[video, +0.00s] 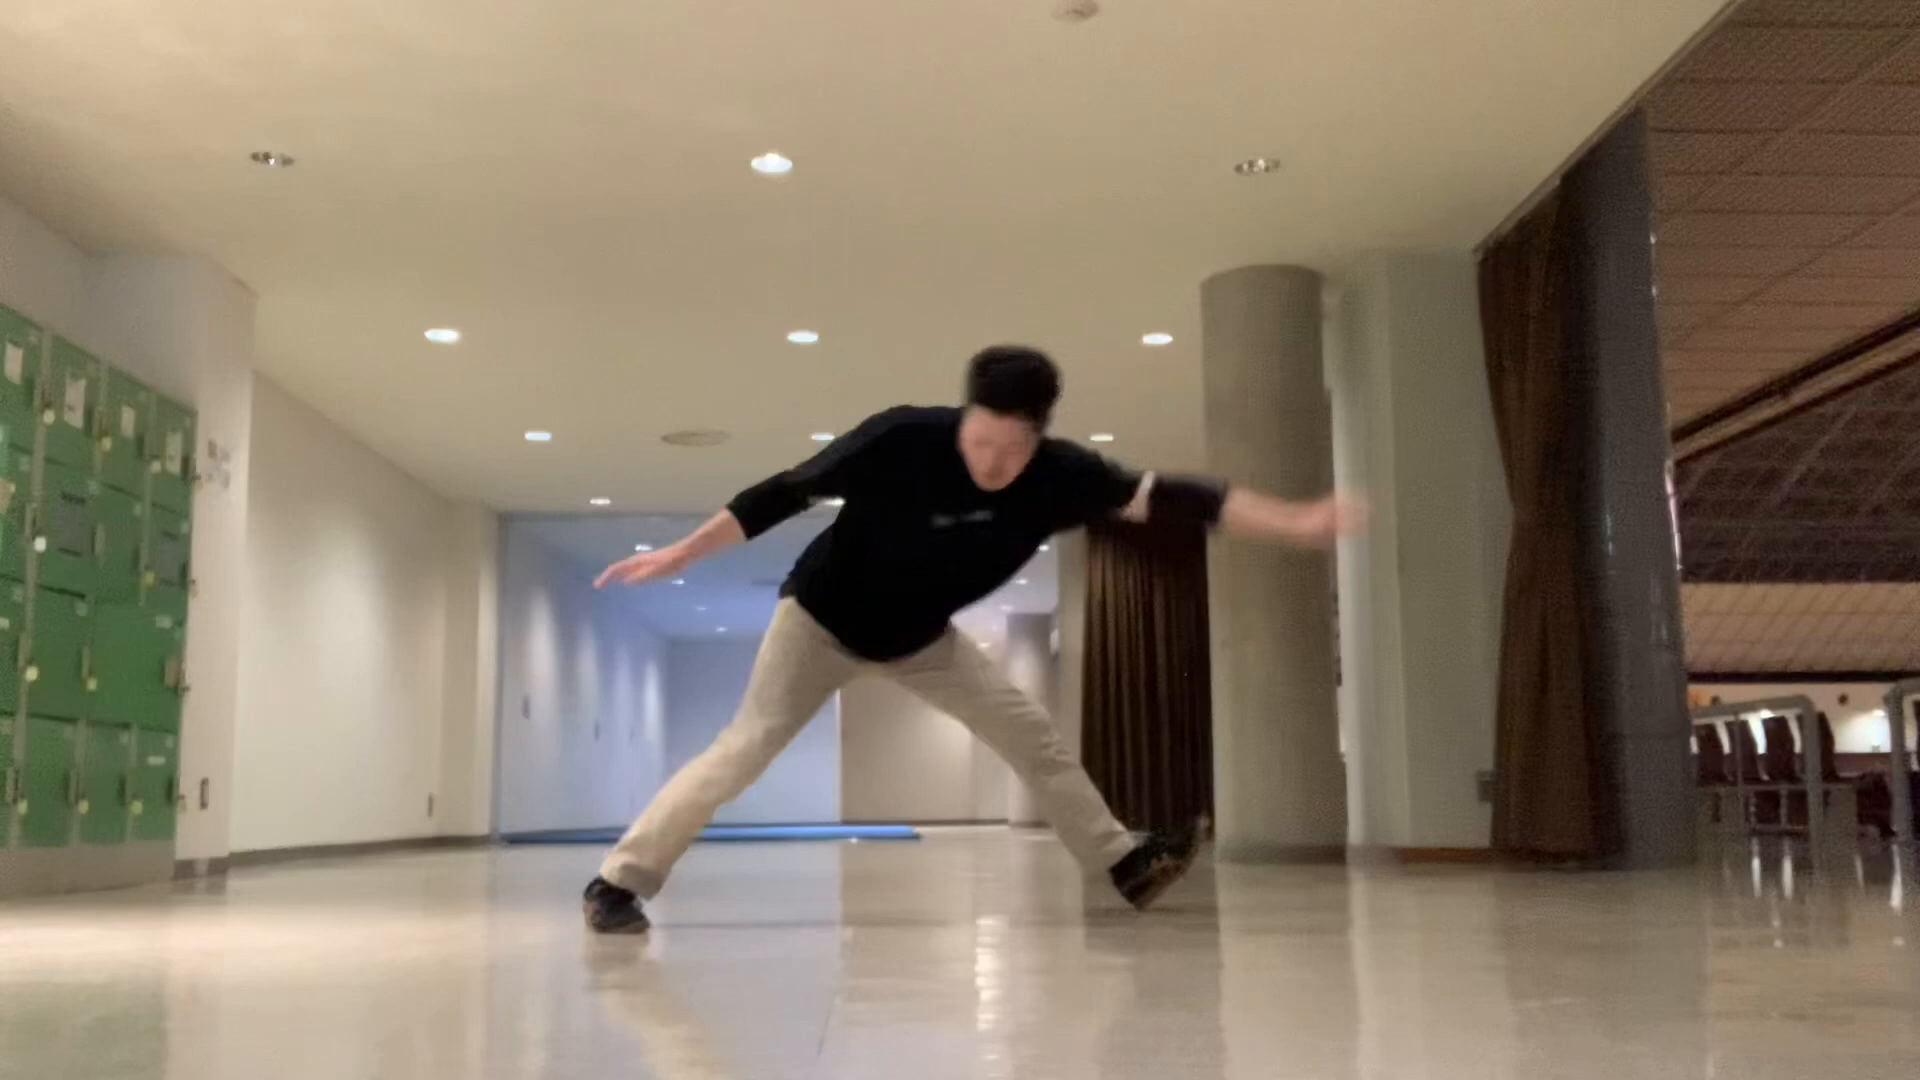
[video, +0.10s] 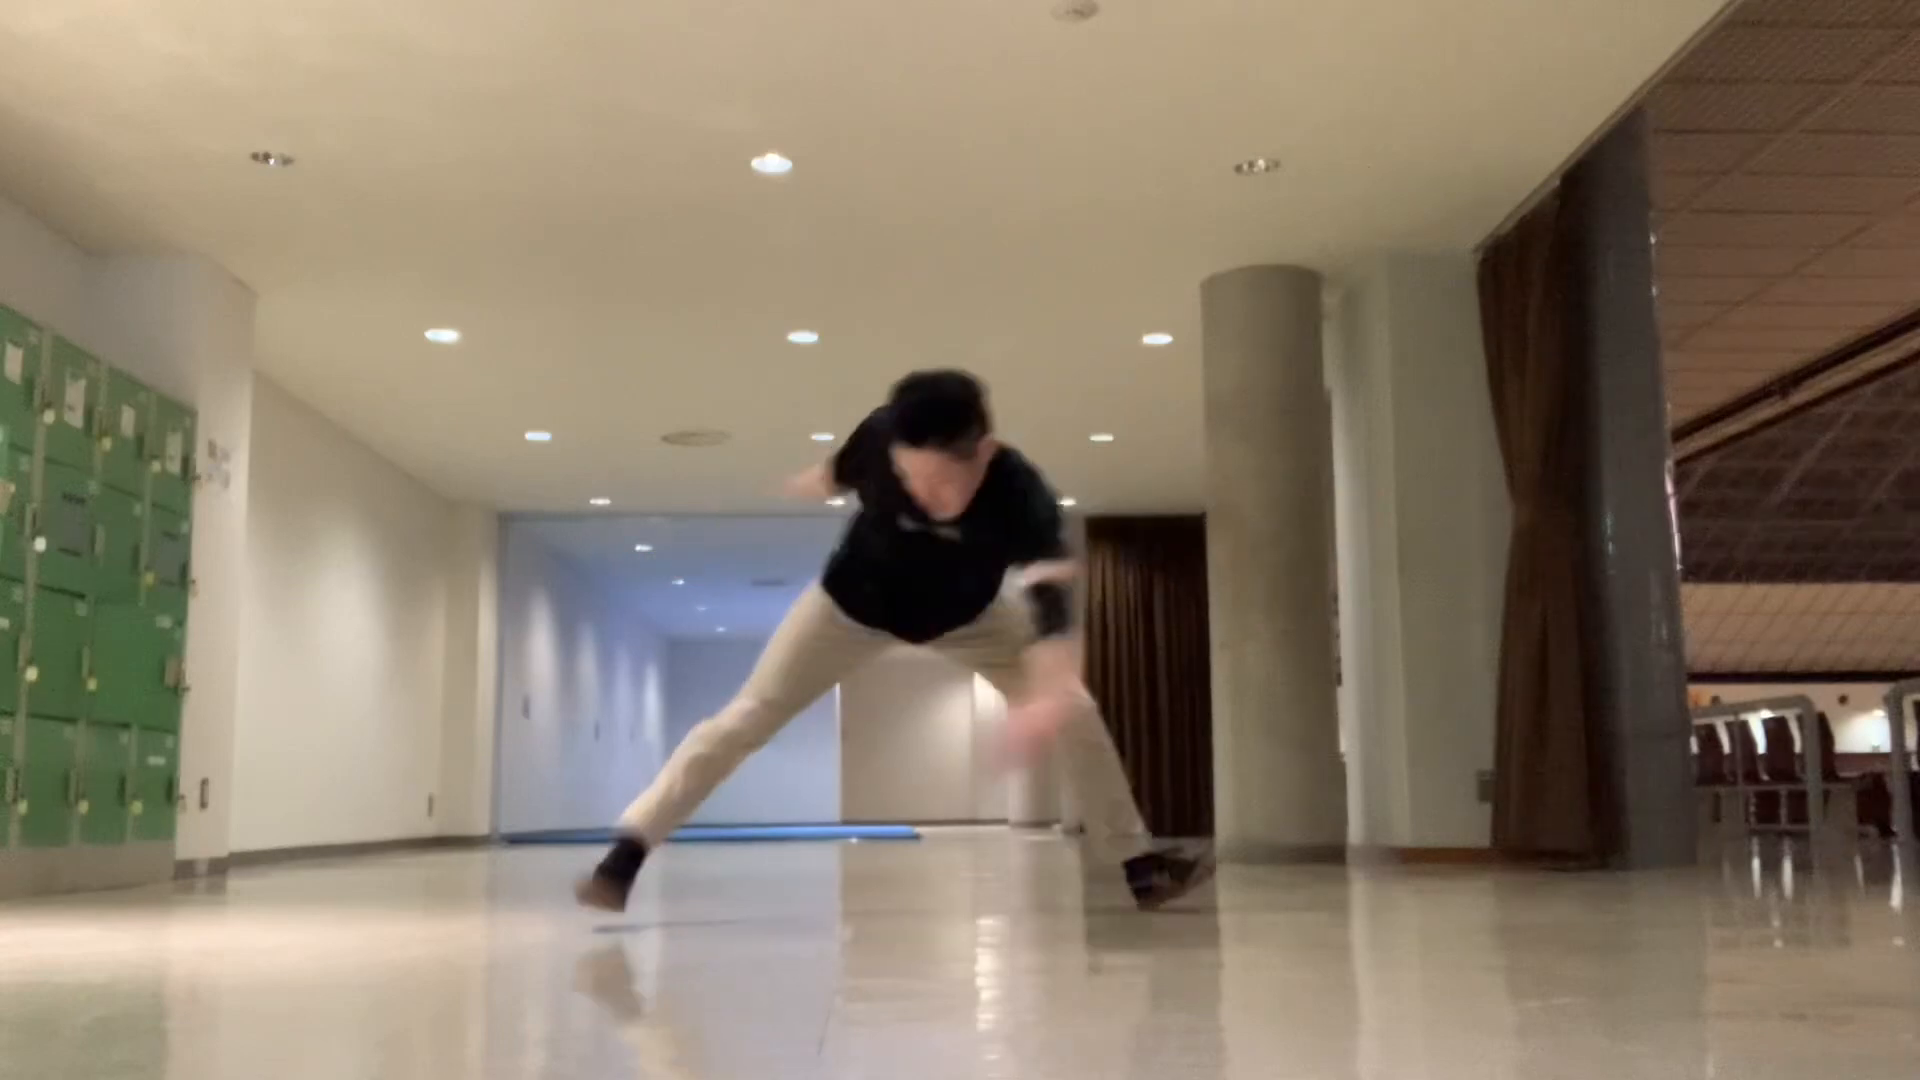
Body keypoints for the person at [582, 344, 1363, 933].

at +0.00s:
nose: (994, 457)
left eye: (1012, 445)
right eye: (985, 438)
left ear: (1041, 435)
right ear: (964, 414)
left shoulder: (1061, 477)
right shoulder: (904, 440)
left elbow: (1179, 500)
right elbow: (786, 494)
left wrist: (1298, 521)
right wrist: (676, 555)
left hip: (921, 634)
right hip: (824, 616)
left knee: (1030, 732)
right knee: (751, 746)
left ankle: (1124, 865)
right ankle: (622, 881)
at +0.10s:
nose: (927, 494)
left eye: (940, 478)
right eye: (916, 478)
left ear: (982, 453)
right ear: (898, 449)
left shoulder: (1025, 497)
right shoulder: (882, 439)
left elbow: (1059, 628)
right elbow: (835, 473)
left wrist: (1045, 696)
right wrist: (809, 486)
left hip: (970, 610)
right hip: (857, 599)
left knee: (1070, 703)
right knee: (747, 721)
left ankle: (1141, 863)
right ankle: (629, 850)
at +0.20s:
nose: (845, 545)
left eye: (850, 529)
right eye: (835, 532)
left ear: (897, 498)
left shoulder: (959, 545)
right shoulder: (894, 452)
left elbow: (905, 705)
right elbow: (905, 405)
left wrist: (817, 808)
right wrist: (902, 364)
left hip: (1018, 606)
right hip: (920, 604)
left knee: (1111, 737)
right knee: (842, 719)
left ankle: (1165, 869)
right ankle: (747, 840)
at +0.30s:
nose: (755, 605)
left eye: (756, 585)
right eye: (742, 589)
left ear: (803, 553)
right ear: (793, 543)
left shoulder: (863, 602)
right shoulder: (808, 494)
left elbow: (829, 753)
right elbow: (842, 447)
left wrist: (756, 902)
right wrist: (768, 381)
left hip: (1027, 617)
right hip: (978, 572)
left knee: (1090, 768)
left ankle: (1194, 868)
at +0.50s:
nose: (638, 755)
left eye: (623, 736)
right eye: (619, 747)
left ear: (642, 686)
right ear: (643, 682)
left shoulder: (728, 668)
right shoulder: (722, 664)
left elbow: (784, 770)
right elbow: (787, 768)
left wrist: (745, 931)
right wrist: (740, 873)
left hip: (954, 592)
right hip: (948, 564)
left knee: (1144, 690)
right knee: (1095, 490)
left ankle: (1359, 704)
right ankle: (1225, 359)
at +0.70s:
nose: (681, 838)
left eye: (670, 824)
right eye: (669, 849)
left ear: (679, 778)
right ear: (683, 850)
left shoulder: (713, 742)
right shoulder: (810, 851)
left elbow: (752, 766)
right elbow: (862, 920)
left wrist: (745, 914)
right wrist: (779, 916)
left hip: (901, 635)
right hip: (983, 694)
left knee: (747, 524)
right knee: (1148, 560)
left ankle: (559, 407)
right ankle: (1340, 443)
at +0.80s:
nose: (711, 847)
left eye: (702, 838)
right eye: (706, 856)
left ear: (713, 807)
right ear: (725, 863)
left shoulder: (762, 755)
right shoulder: (827, 890)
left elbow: (745, 797)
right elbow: (848, 924)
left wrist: (732, 891)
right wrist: (751, 916)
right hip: (921, 740)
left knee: (803, 537)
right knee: (1027, 641)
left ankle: (660, 413)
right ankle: (1121, 601)